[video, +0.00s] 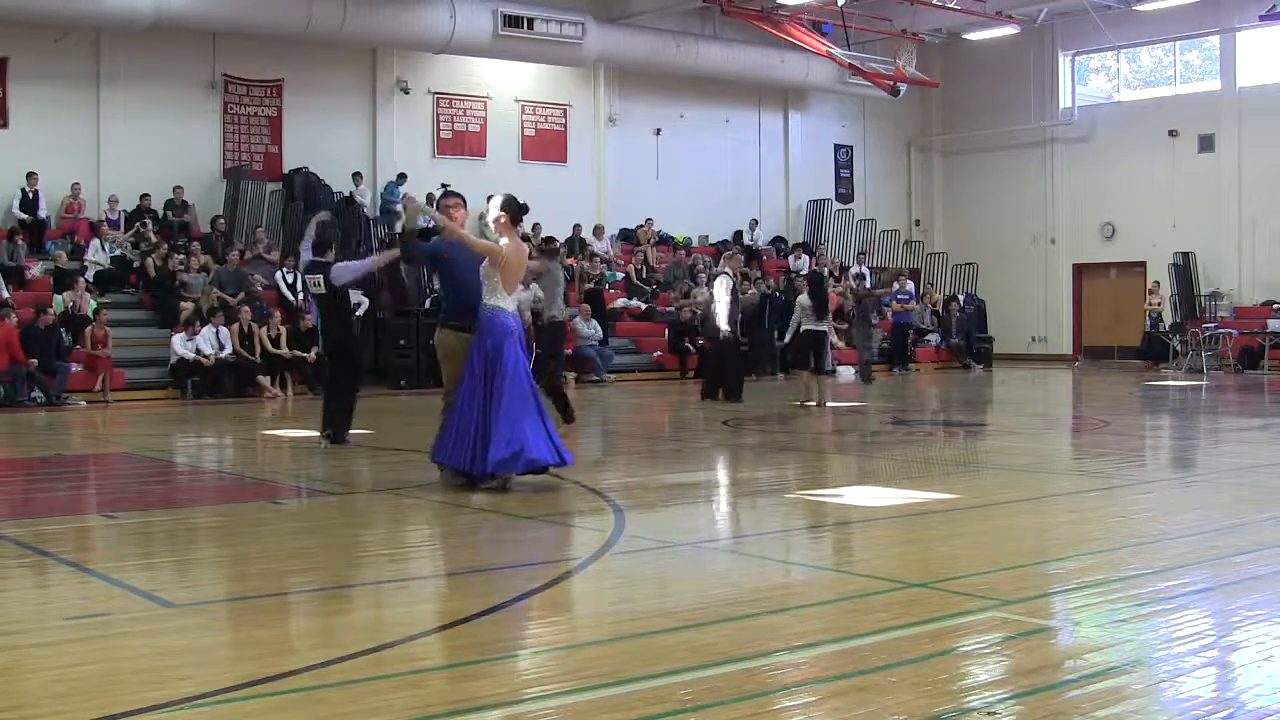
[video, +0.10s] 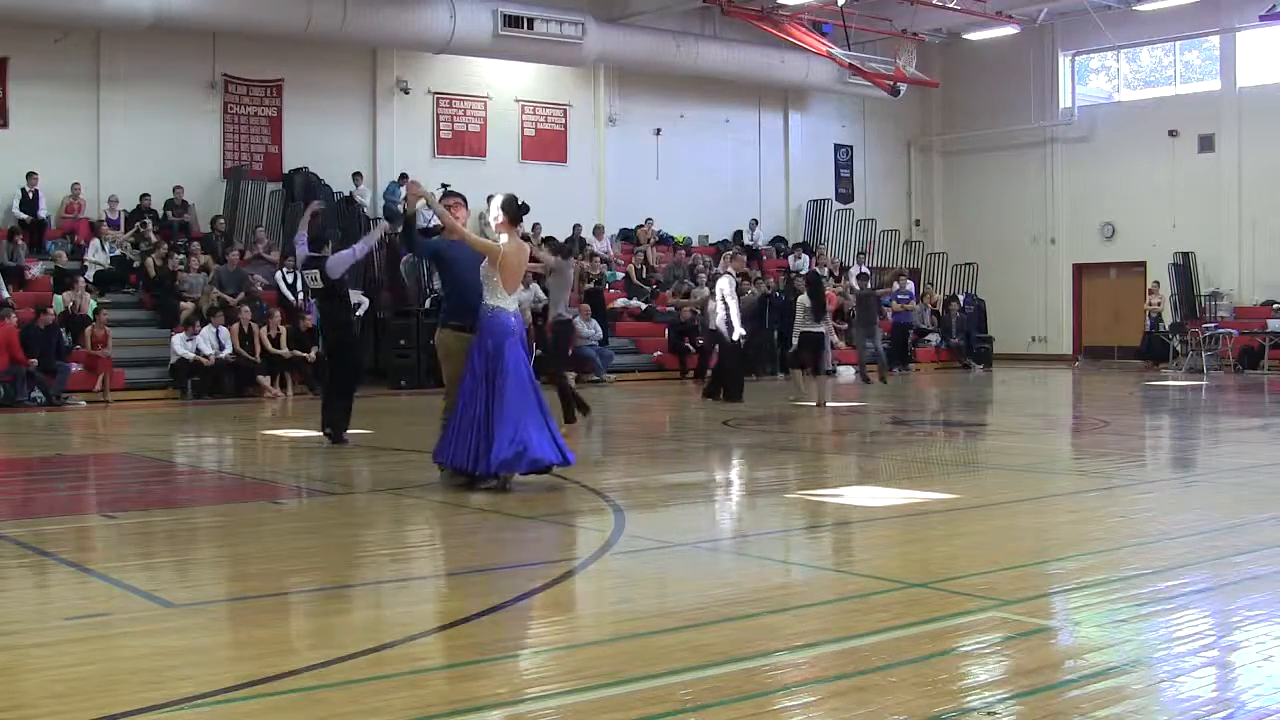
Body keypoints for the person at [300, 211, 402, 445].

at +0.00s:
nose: (337, 251)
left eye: (334, 248)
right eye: (335, 248)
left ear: (313, 250)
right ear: (331, 250)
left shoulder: (308, 269)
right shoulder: (336, 271)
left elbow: (306, 243)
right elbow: (371, 263)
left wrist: (314, 221)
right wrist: (401, 251)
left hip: (327, 332)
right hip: (343, 332)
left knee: (334, 378)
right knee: (348, 379)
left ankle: (328, 427)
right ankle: (338, 432)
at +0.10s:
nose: (332, 245)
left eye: (329, 242)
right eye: (331, 243)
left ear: (313, 246)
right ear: (327, 247)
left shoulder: (306, 262)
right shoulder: (333, 263)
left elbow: (301, 239)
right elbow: (359, 249)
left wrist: (307, 213)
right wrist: (379, 229)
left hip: (326, 325)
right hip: (341, 326)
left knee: (333, 371)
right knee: (346, 373)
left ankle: (328, 421)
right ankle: (338, 428)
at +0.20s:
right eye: (326, 242)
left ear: (307, 245)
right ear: (324, 244)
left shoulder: (303, 260)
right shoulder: (327, 259)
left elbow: (298, 234)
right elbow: (353, 231)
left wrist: (306, 208)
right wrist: (356, 207)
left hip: (322, 320)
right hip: (338, 320)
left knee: (330, 369)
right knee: (346, 369)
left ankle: (317, 418)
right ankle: (336, 425)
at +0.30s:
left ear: (302, 235)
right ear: (321, 236)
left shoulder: (301, 257)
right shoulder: (321, 258)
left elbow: (291, 232)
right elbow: (339, 229)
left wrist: (300, 211)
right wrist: (332, 207)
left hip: (323, 319)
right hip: (336, 320)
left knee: (325, 370)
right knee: (340, 372)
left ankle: (299, 418)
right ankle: (337, 427)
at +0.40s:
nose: (325, 243)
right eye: (321, 241)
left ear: (305, 249)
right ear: (314, 246)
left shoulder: (306, 263)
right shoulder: (314, 261)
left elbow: (288, 253)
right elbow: (322, 237)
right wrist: (324, 211)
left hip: (322, 323)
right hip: (331, 323)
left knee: (314, 374)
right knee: (338, 375)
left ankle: (288, 418)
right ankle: (337, 426)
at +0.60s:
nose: (313, 263)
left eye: (312, 259)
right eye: (311, 259)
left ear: (292, 259)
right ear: (303, 259)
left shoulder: (284, 275)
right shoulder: (301, 276)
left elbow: (266, 289)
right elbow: (292, 295)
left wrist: (261, 284)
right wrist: (280, 311)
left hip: (297, 340)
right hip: (308, 341)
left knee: (297, 388)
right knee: (334, 379)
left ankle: (274, 431)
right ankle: (335, 428)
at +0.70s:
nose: (306, 271)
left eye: (305, 266)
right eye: (303, 266)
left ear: (287, 267)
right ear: (295, 267)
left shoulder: (282, 282)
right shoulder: (292, 286)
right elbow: (277, 317)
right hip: (298, 348)